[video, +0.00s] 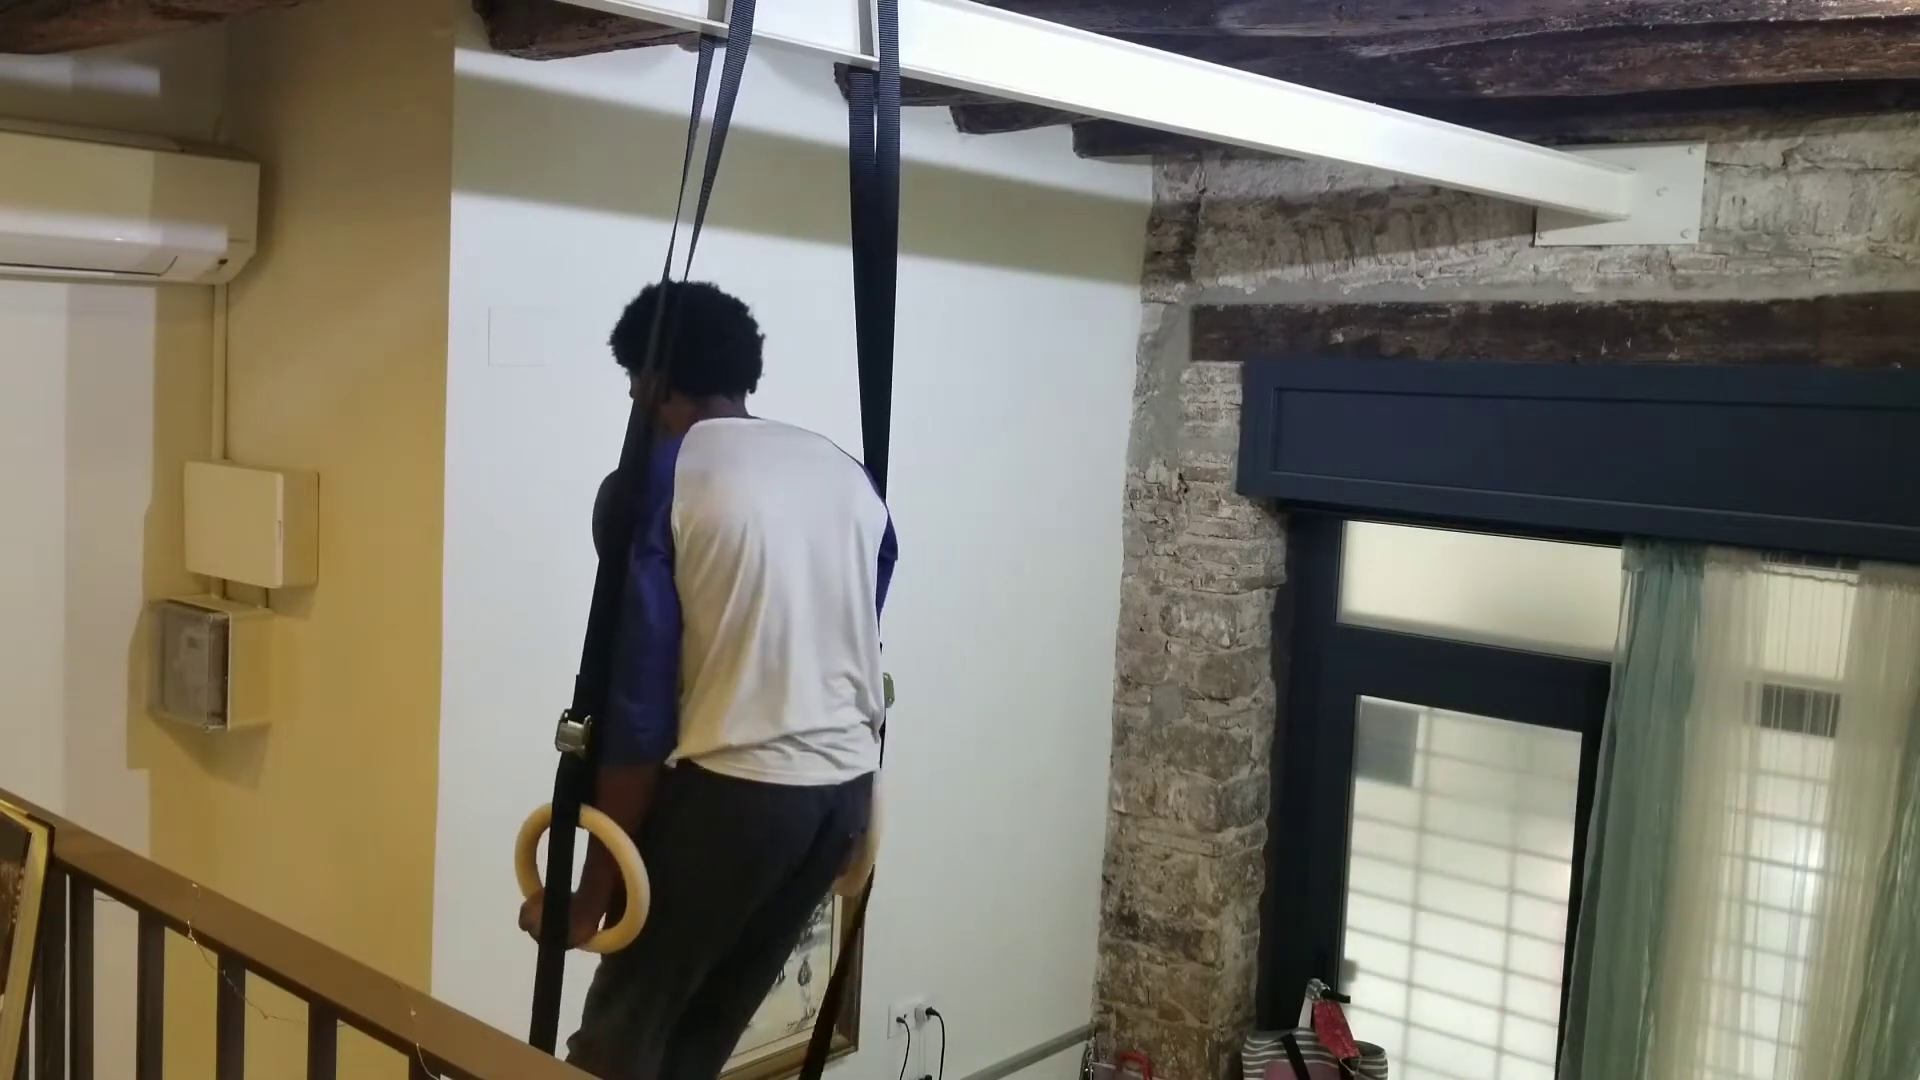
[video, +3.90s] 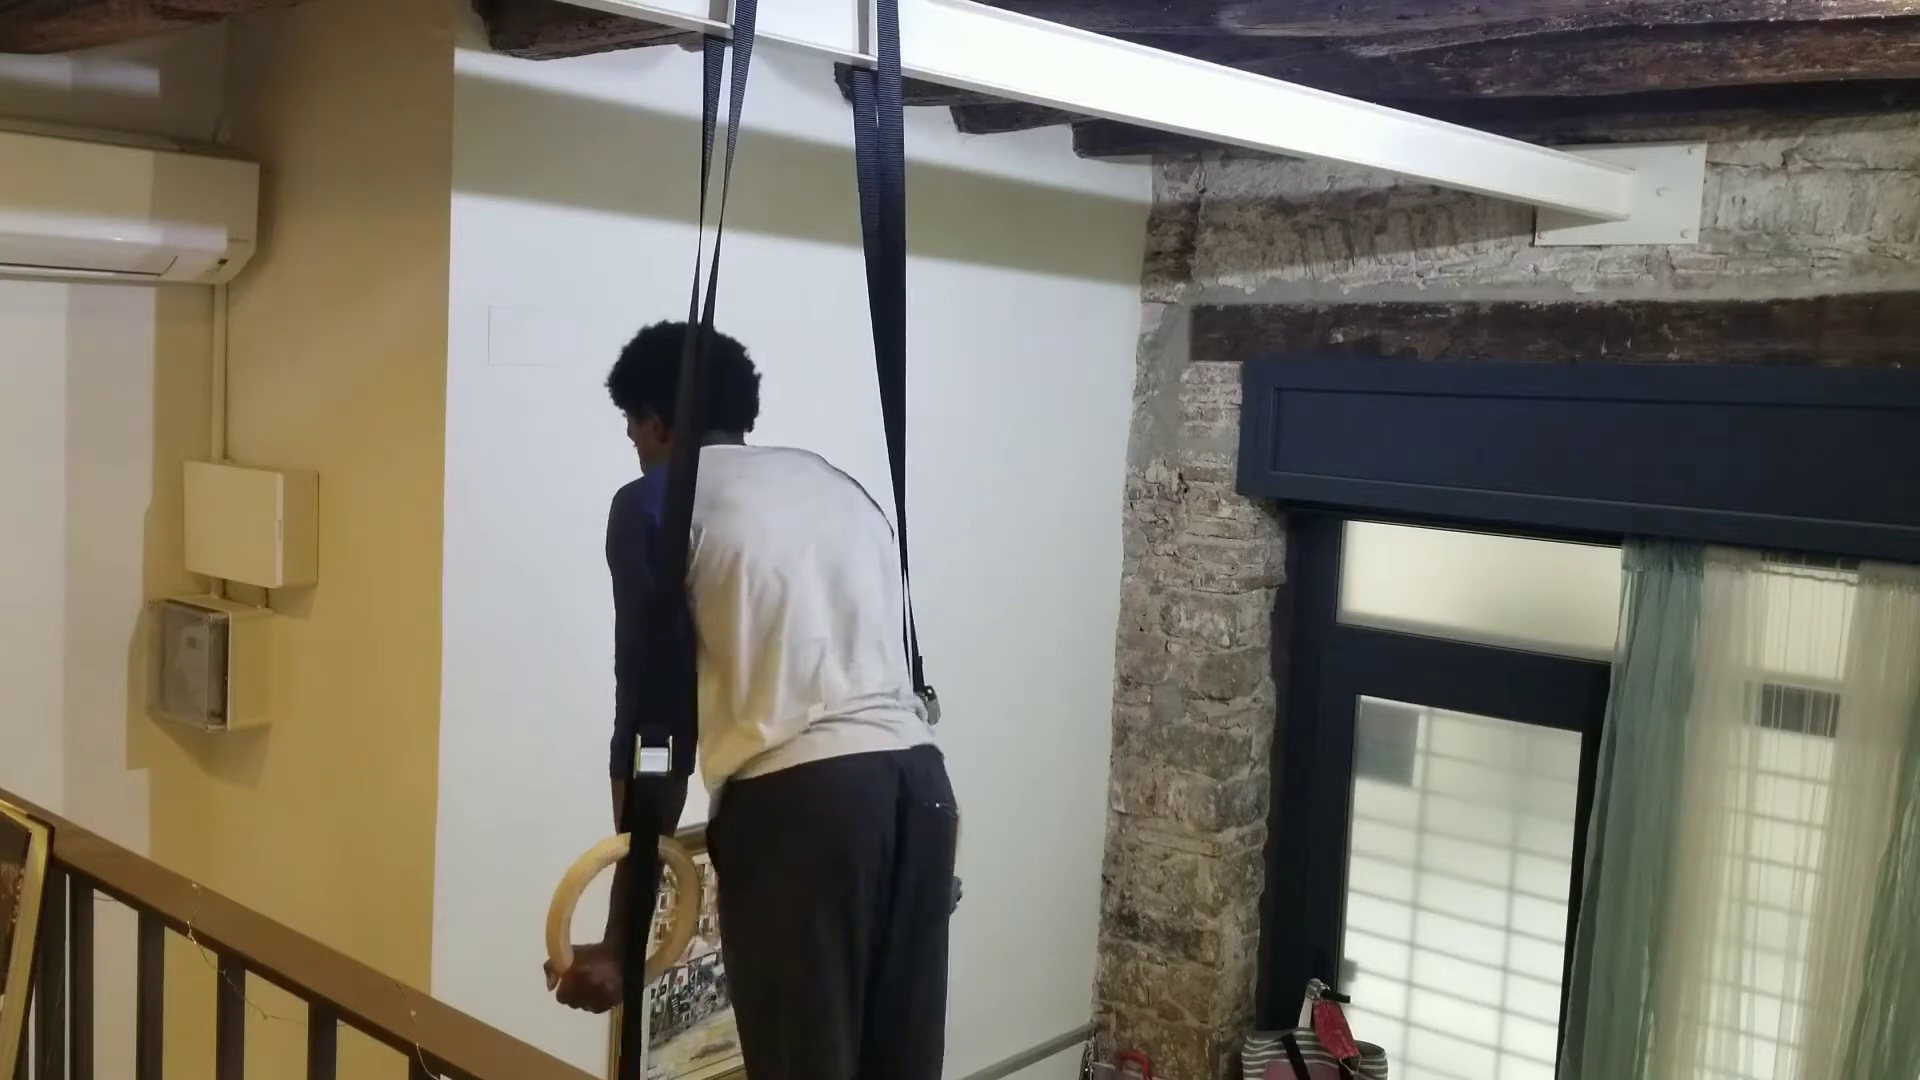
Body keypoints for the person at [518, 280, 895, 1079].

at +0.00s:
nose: (631, 399)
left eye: (633, 378)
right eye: (631, 378)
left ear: (657, 375)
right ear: (741, 376)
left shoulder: (657, 478)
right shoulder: (845, 472)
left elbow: (643, 694)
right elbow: (859, 637)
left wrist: (600, 867)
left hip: (726, 800)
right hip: (837, 805)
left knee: (621, 1035)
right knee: (702, 1042)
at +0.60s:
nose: (653, 425)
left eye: (653, 403)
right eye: (648, 407)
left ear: (682, 388)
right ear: (755, 383)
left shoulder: (677, 494)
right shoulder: (878, 478)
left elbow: (693, 728)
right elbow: (916, 664)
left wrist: (654, 946)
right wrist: (924, 859)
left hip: (804, 799)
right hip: (924, 797)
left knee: (733, 1056)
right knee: (819, 1058)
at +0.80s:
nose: (646, 441)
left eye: (643, 421)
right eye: (641, 422)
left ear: (667, 408)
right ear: (751, 398)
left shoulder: (677, 499)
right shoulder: (868, 470)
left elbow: (705, 737)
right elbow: (902, 661)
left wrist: (671, 956)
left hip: (826, 788)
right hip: (945, 781)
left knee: (778, 1055)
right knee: (875, 1054)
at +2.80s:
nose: (609, 471)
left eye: (604, 456)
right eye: (601, 459)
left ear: (626, 427)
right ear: (702, 408)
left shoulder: (629, 499)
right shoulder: (827, 481)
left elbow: (639, 680)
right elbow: (853, 658)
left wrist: (648, 862)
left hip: (758, 814)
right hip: (873, 805)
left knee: (771, 1061)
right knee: (878, 1062)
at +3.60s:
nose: (614, 448)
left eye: (610, 430)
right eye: (610, 432)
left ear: (631, 421)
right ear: (714, 405)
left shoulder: (630, 503)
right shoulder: (831, 492)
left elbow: (633, 714)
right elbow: (876, 682)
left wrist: (634, 921)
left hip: (757, 798)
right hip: (878, 783)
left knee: (815, 1056)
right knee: (938, 1047)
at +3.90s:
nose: (634, 447)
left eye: (632, 428)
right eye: (629, 429)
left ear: (656, 422)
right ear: (739, 407)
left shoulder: (656, 499)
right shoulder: (844, 486)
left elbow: (653, 729)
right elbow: (901, 680)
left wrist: (623, 941)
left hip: (799, 810)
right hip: (920, 799)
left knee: (803, 1062)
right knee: (908, 1060)